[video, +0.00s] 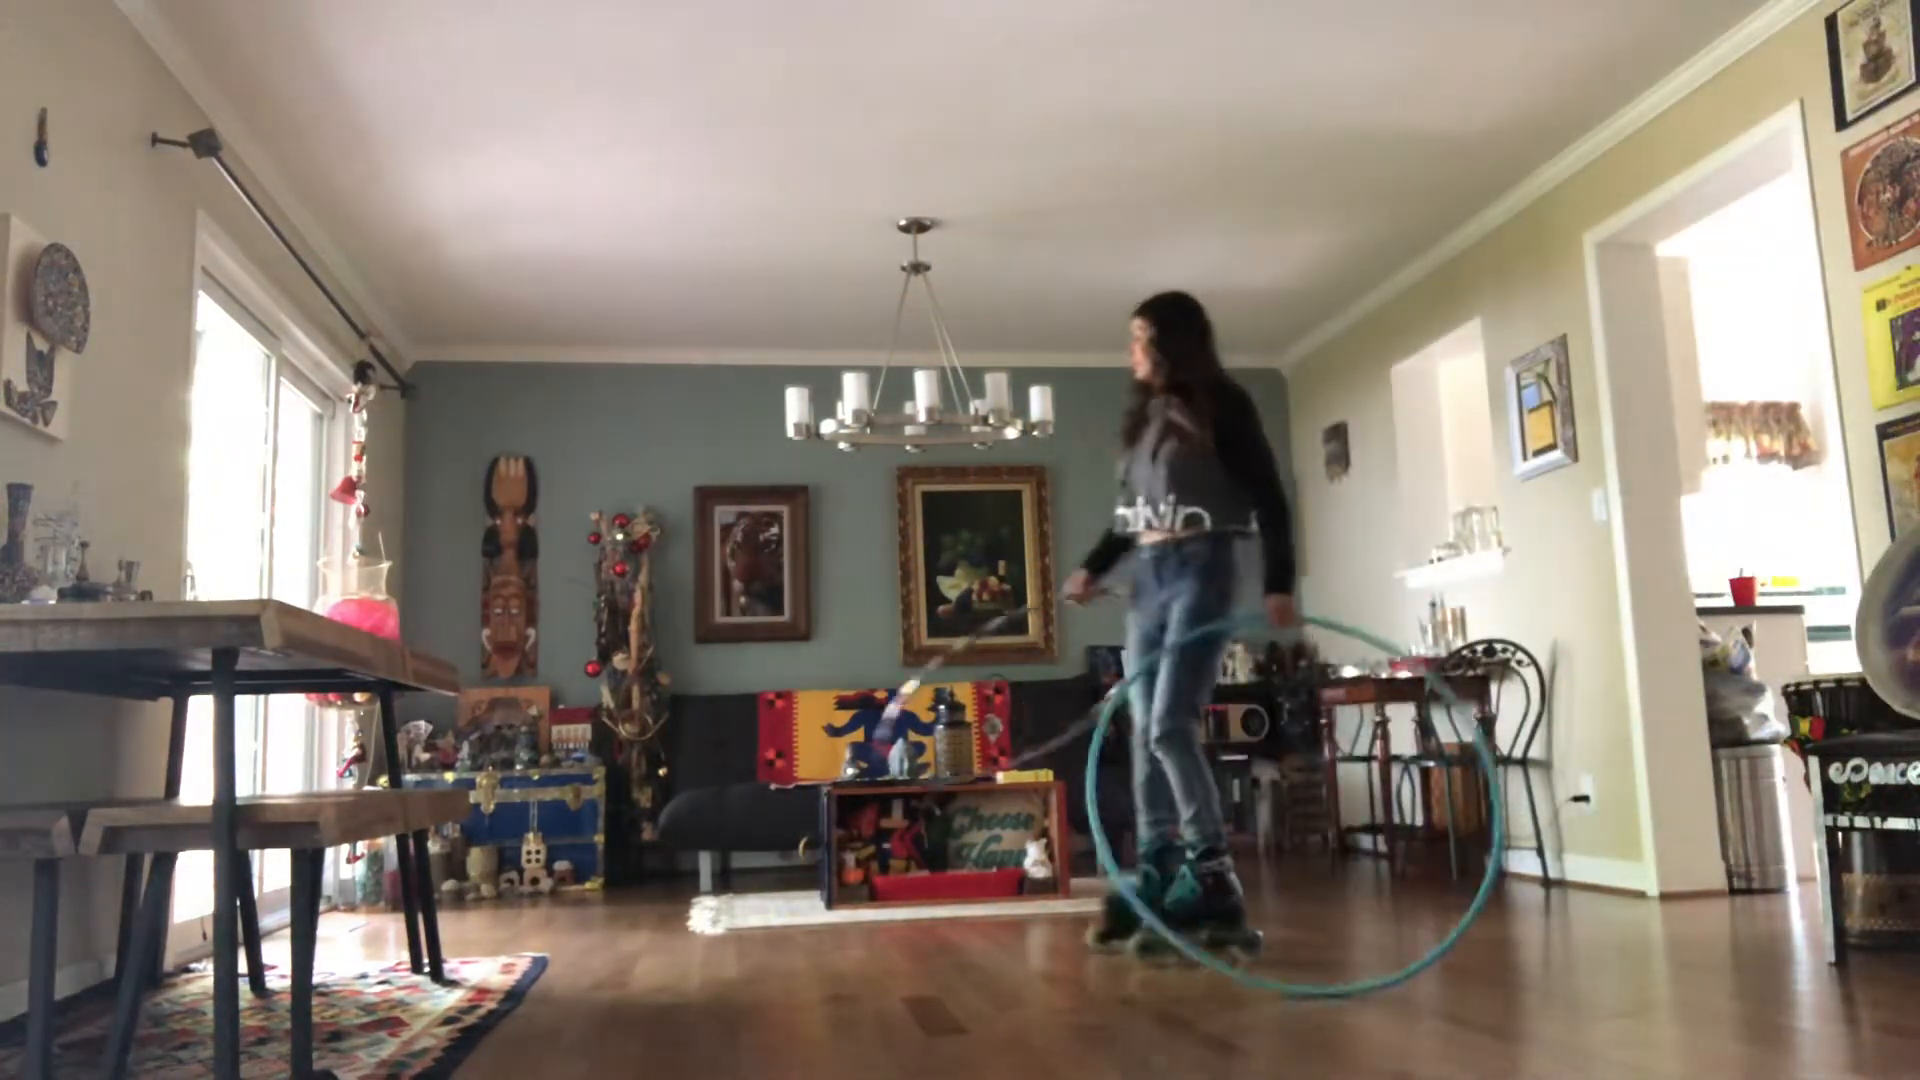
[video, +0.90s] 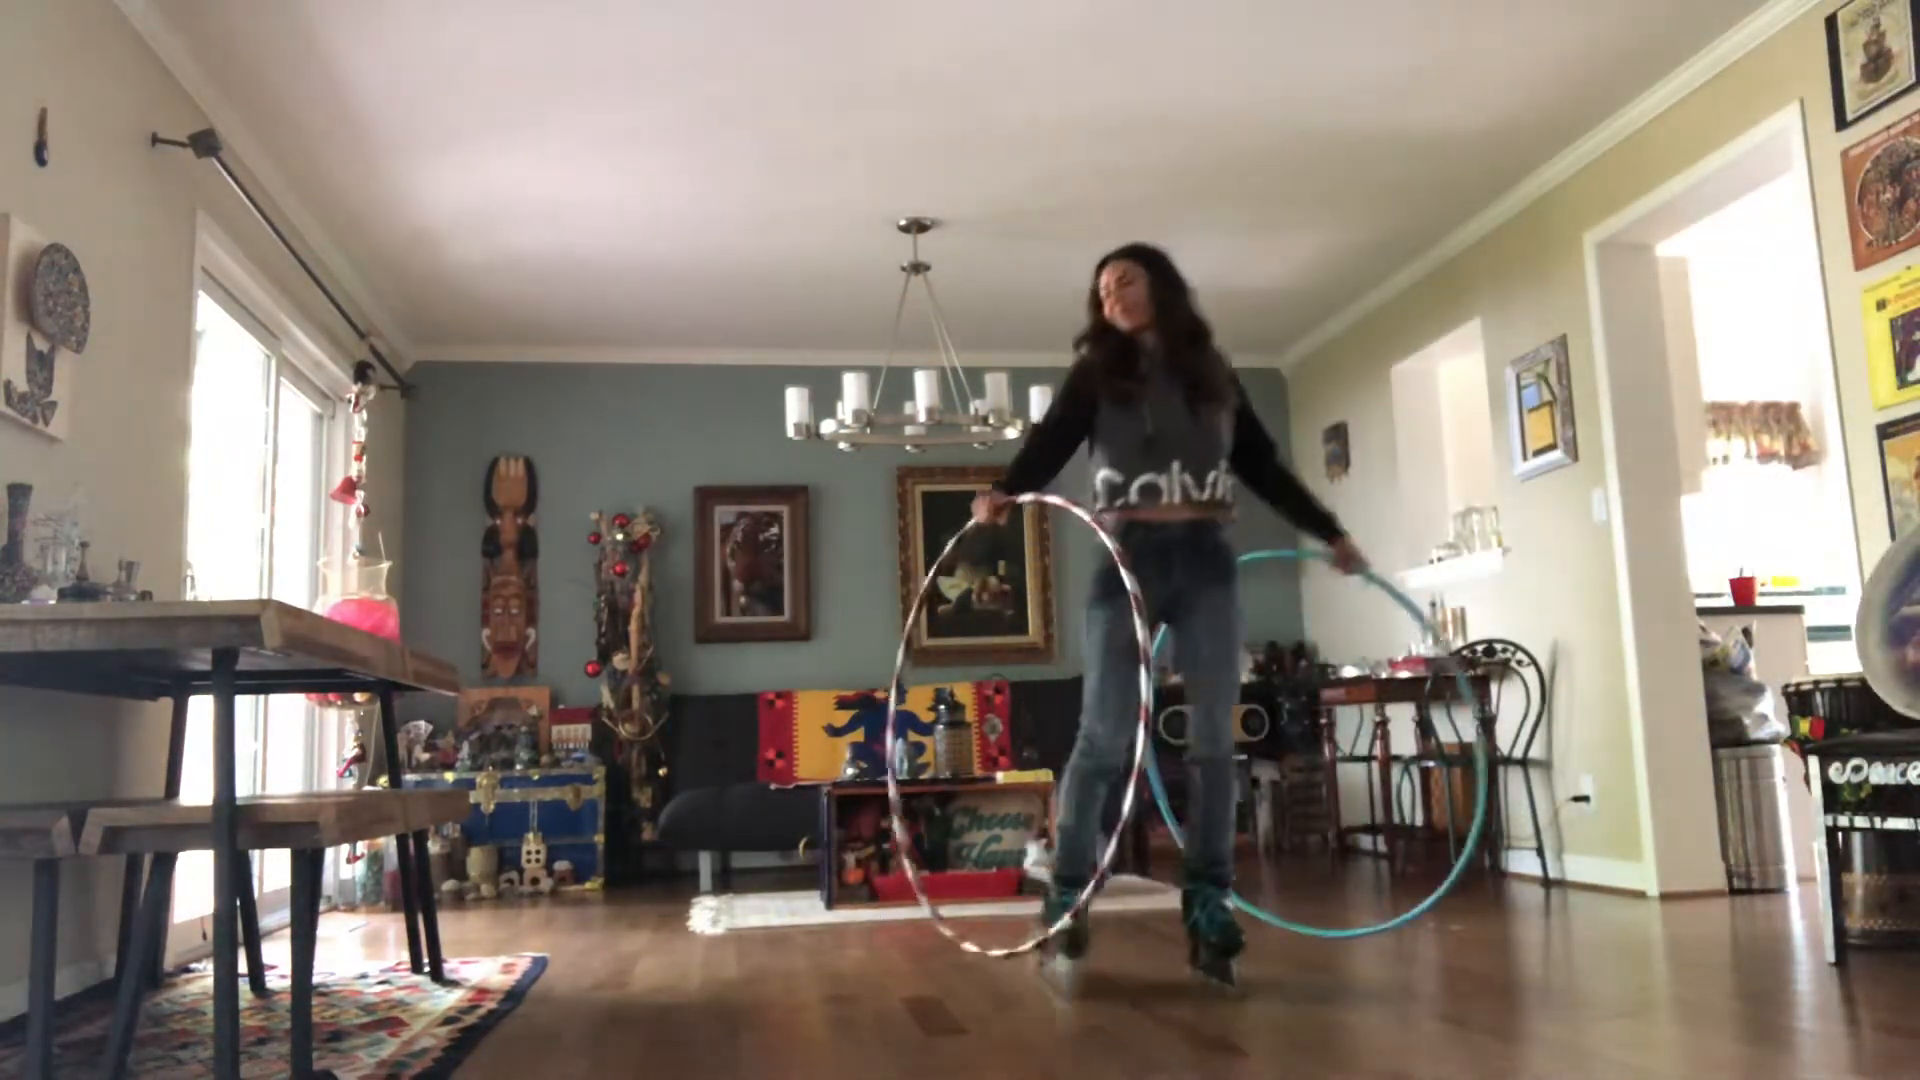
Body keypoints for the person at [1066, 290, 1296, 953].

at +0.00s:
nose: (1134, 354)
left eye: (1145, 341)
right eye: (1133, 342)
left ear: (1178, 343)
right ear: (1139, 347)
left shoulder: (1222, 403)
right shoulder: (1144, 415)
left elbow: (1270, 493)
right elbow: (1136, 509)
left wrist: (1280, 584)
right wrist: (1092, 567)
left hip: (1206, 562)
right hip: (1148, 568)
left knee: (1170, 725)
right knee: (1147, 730)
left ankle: (1214, 878)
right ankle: (1156, 875)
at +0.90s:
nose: (1116, 297)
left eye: (1127, 282)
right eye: (1106, 291)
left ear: (1163, 287)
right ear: (1101, 308)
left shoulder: (1209, 372)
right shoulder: (1097, 372)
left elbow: (1257, 461)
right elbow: (1054, 438)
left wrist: (1329, 531)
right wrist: (1007, 490)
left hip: (1205, 556)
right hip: (1126, 558)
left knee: (1214, 738)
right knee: (1106, 734)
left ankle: (1211, 903)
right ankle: (1067, 902)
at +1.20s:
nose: (1146, 245)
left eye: (1159, 229)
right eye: (1134, 240)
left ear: (1197, 239)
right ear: (1128, 263)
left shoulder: (1240, 328)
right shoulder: (1126, 329)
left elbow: (1303, 418)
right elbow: (1065, 395)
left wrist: (1397, 453)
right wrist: (986, 444)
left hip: (1248, 525)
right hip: (1164, 526)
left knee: (1249, 732)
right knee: (1162, 728)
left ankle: (1245, 912)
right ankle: (1144, 916)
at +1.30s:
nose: (1159, 231)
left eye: (1171, 214)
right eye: (1146, 227)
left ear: (1210, 222)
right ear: (1140, 250)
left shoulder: (1255, 315)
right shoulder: (1140, 316)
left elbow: (1323, 404)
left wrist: (1421, 414)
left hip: (1266, 512)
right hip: (1179, 515)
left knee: (1269, 725)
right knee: (1188, 725)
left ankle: (1262, 913)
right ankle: (1171, 921)